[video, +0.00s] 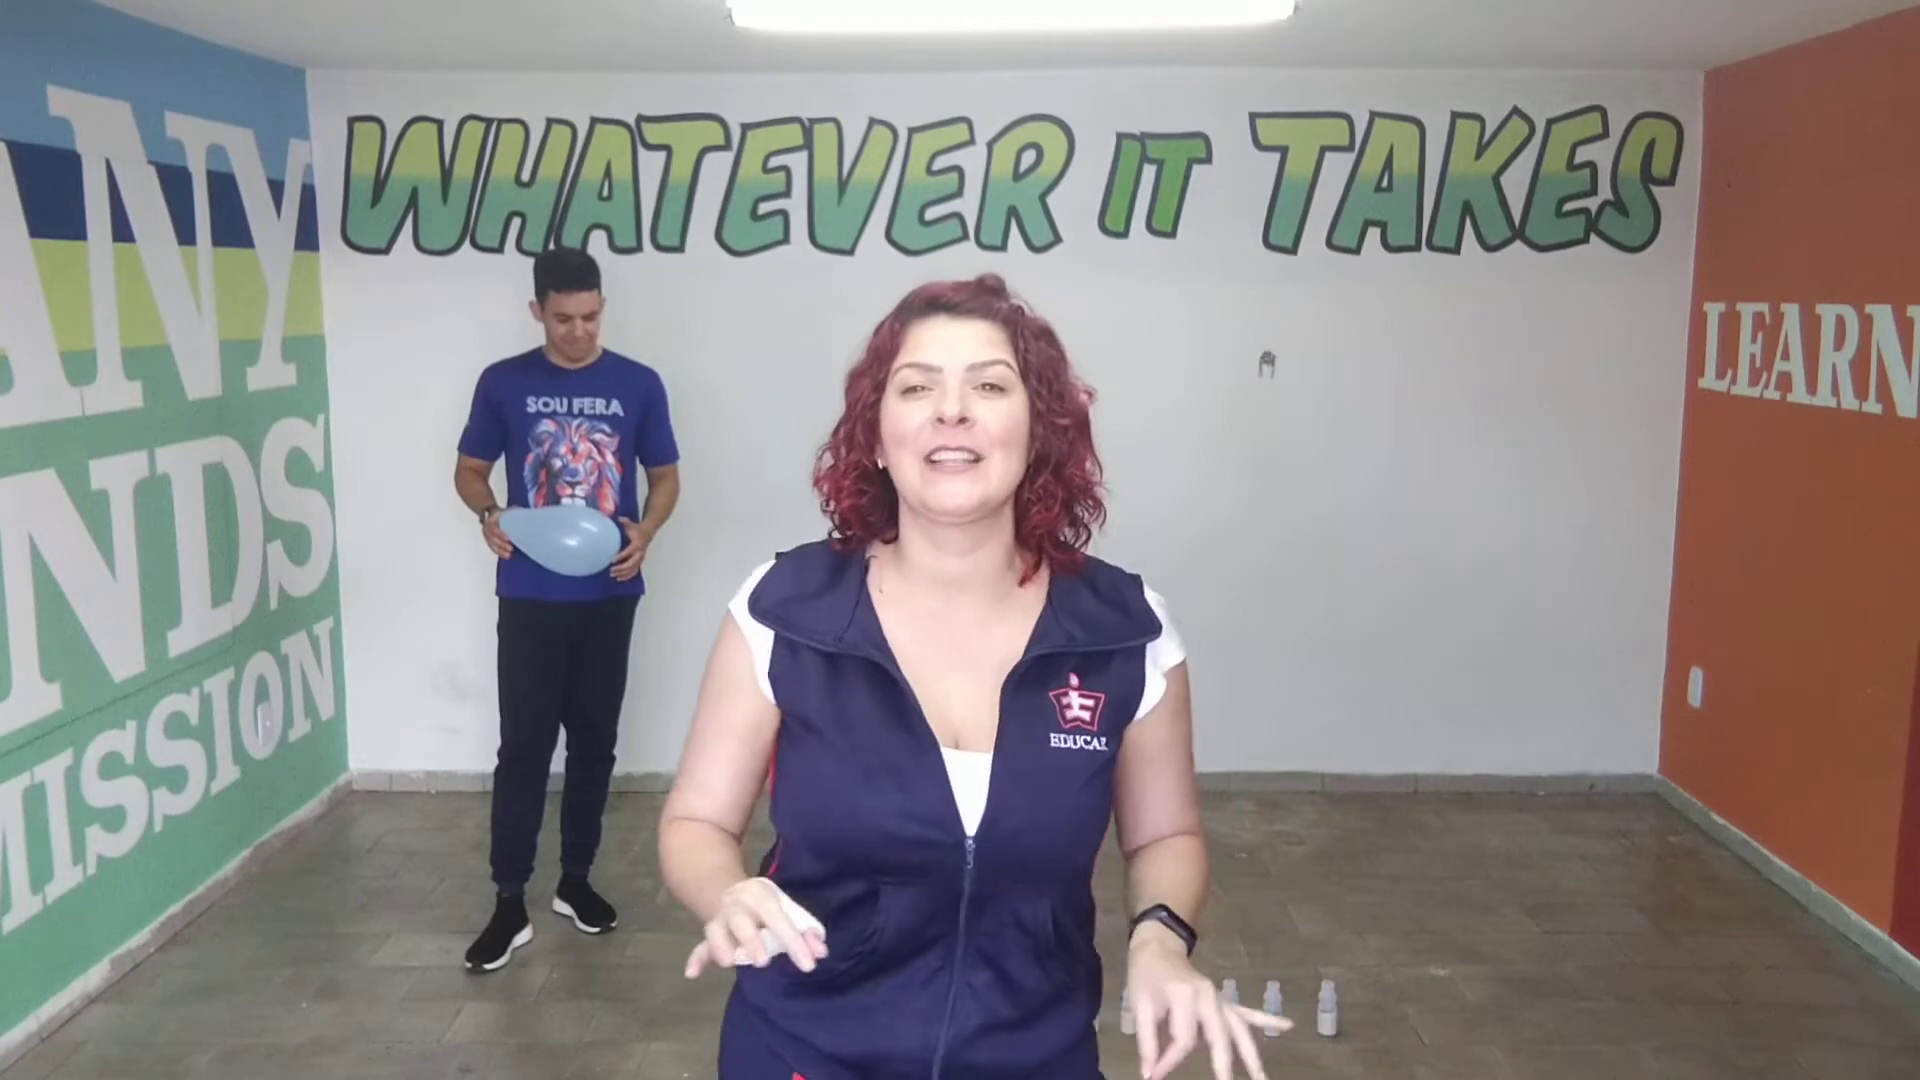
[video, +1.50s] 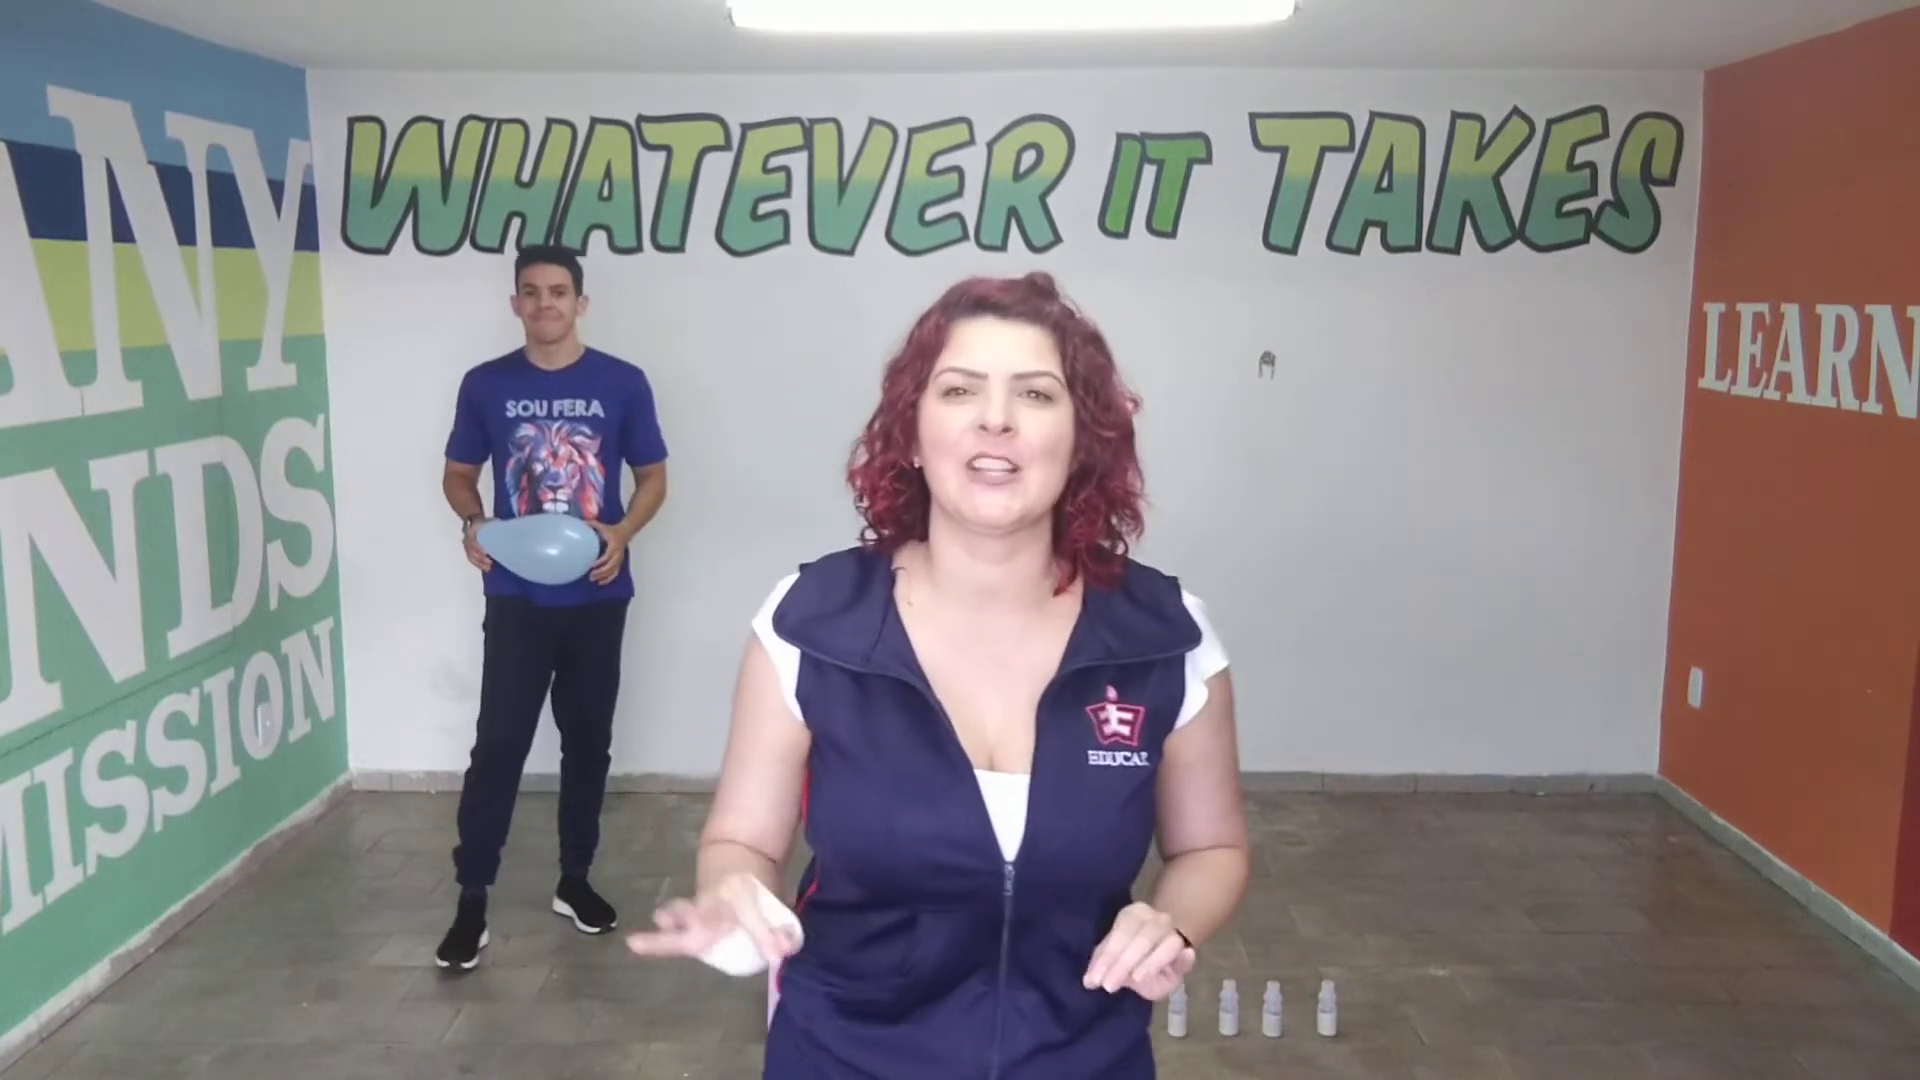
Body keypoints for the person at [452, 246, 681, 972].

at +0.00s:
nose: (578, 329)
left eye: (589, 315)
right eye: (565, 317)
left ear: (603, 310)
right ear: (539, 312)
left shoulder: (639, 387)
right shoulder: (504, 384)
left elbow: (667, 481)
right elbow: (470, 473)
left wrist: (645, 530)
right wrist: (489, 513)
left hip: (608, 599)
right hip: (531, 599)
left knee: (594, 747)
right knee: (524, 749)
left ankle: (575, 882)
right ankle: (509, 902)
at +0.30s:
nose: (577, 328)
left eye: (588, 315)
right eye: (563, 317)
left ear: (602, 311)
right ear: (538, 312)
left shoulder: (638, 387)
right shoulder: (503, 385)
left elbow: (666, 481)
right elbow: (469, 473)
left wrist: (644, 530)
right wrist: (489, 514)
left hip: (608, 599)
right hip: (530, 599)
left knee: (594, 746)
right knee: (524, 748)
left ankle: (575, 882)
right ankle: (509, 901)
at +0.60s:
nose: (568, 322)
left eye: (579, 310)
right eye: (555, 310)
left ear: (597, 307)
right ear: (535, 308)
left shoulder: (637, 386)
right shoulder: (502, 385)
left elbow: (666, 479)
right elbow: (471, 477)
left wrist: (641, 530)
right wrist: (489, 514)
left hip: (607, 597)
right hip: (529, 597)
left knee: (593, 745)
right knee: (524, 748)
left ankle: (575, 882)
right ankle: (509, 901)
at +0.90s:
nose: (556, 308)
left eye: (569, 295)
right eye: (544, 296)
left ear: (593, 303)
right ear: (530, 303)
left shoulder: (634, 385)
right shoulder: (500, 384)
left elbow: (665, 479)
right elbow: (471, 475)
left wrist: (635, 529)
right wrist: (486, 515)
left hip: (603, 597)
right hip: (526, 596)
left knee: (593, 746)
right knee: (522, 748)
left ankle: (575, 883)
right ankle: (509, 902)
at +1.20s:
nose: (553, 305)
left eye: (566, 293)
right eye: (541, 293)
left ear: (590, 302)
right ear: (527, 303)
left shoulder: (632, 385)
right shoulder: (497, 384)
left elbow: (663, 478)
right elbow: (468, 477)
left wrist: (633, 528)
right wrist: (484, 517)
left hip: (602, 597)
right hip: (524, 596)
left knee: (592, 746)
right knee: (519, 749)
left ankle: (575, 881)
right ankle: (508, 902)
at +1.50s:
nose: (543, 304)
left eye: (556, 293)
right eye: (531, 292)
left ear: (580, 302)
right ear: (517, 302)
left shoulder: (623, 385)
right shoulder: (486, 385)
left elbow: (655, 479)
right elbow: (458, 479)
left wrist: (625, 529)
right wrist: (477, 520)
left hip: (597, 598)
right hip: (517, 597)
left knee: (587, 746)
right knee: (498, 748)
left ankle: (574, 882)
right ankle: (471, 905)